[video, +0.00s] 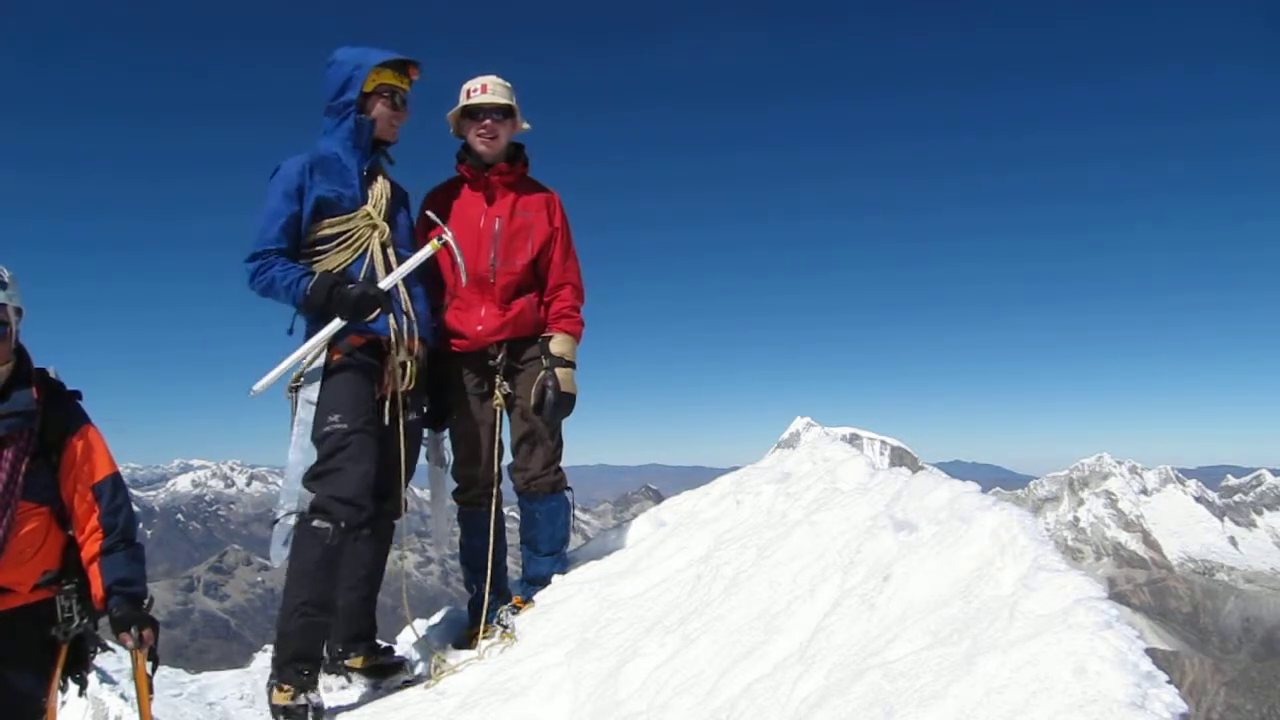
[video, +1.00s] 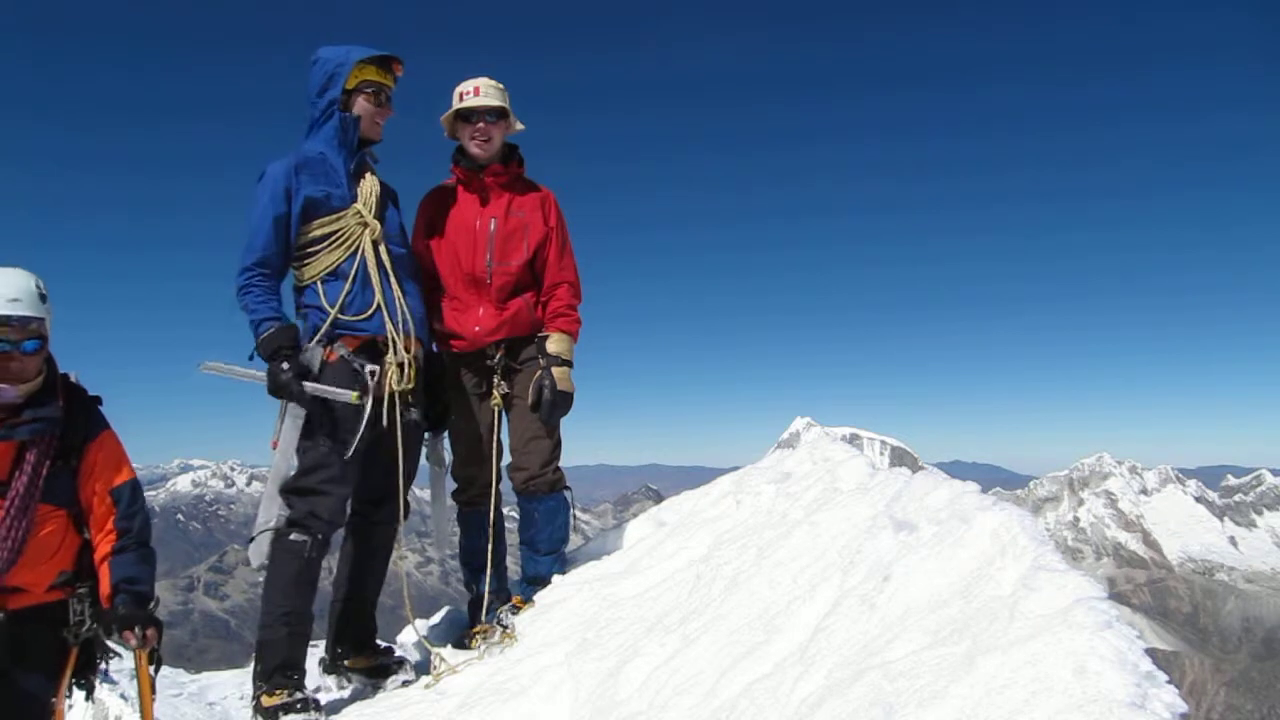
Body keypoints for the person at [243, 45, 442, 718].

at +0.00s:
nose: (399, 110)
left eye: (403, 100)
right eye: (387, 97)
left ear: (398, 109)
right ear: (353, 101)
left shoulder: (397, 193)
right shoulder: (308, 170)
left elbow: (420, 283)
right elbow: (262, 266)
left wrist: (432, 360)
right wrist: (323, 289)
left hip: (401, 363)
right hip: (344, 358)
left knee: (381, 504)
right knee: (341, 498)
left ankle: (354, 643)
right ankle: (295, 671)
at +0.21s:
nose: (393, 111)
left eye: (396, 101)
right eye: (382, 99)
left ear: (390, 109)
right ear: (348, 101)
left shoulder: (393, 191)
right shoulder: (302, 170)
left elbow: (420, 281)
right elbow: (257, 269)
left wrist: (431, 360)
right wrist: (317, 292)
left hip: (402, 363)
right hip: (342, 358)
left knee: (380, 506)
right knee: (336, 497)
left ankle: (352, 643)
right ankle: (284, 667)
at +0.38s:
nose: (388, 109)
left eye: (391, 99)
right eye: (377, 97)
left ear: (385, 108)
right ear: (342, 99)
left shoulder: (387, 192)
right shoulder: (298, 171)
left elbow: (416, 280)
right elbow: (254, 268)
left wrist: (431, 358)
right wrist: (310, 293)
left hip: (397, 368)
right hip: (334, 364)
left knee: (378, 512)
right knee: (314, 509)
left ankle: (354, 646)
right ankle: (279, 678)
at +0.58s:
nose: (388, 108)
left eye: (390, 98)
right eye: (377, 95)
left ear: (380, 106)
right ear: (342, 96)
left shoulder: (385, 189)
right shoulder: (295, 169)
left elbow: (410, 277)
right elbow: (253, 267)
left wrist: (426, 353)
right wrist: (309, 307)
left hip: (390, 370)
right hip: (327, 366)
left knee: (377, 510)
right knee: (308, 510)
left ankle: (354, 647)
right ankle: (278, 680)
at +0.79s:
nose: (385, 108)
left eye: (389, 98)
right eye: (374, 96)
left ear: (382, 107)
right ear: (339, 98)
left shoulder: (381, 191)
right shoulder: (294, 171)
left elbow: (408, 279)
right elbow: (255, 269)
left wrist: (427, 355)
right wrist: (293, 326)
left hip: (398, 371)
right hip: (330, 366)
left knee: (377, 512)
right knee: (307, 514)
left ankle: (353, 645)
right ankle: (277, 681)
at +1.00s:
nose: (383, 107)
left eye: (387, 98)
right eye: (372, 95)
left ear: (383, 107)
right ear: (336, 97)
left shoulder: (383, 193)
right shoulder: (294, 172)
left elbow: (410, 280)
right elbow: (257, 274)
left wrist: (431, 358)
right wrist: (280, 348)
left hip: (400, 371)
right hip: (334, 366)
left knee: (379, 513)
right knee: (310, 514)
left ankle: (354, 645)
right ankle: (278, 682)